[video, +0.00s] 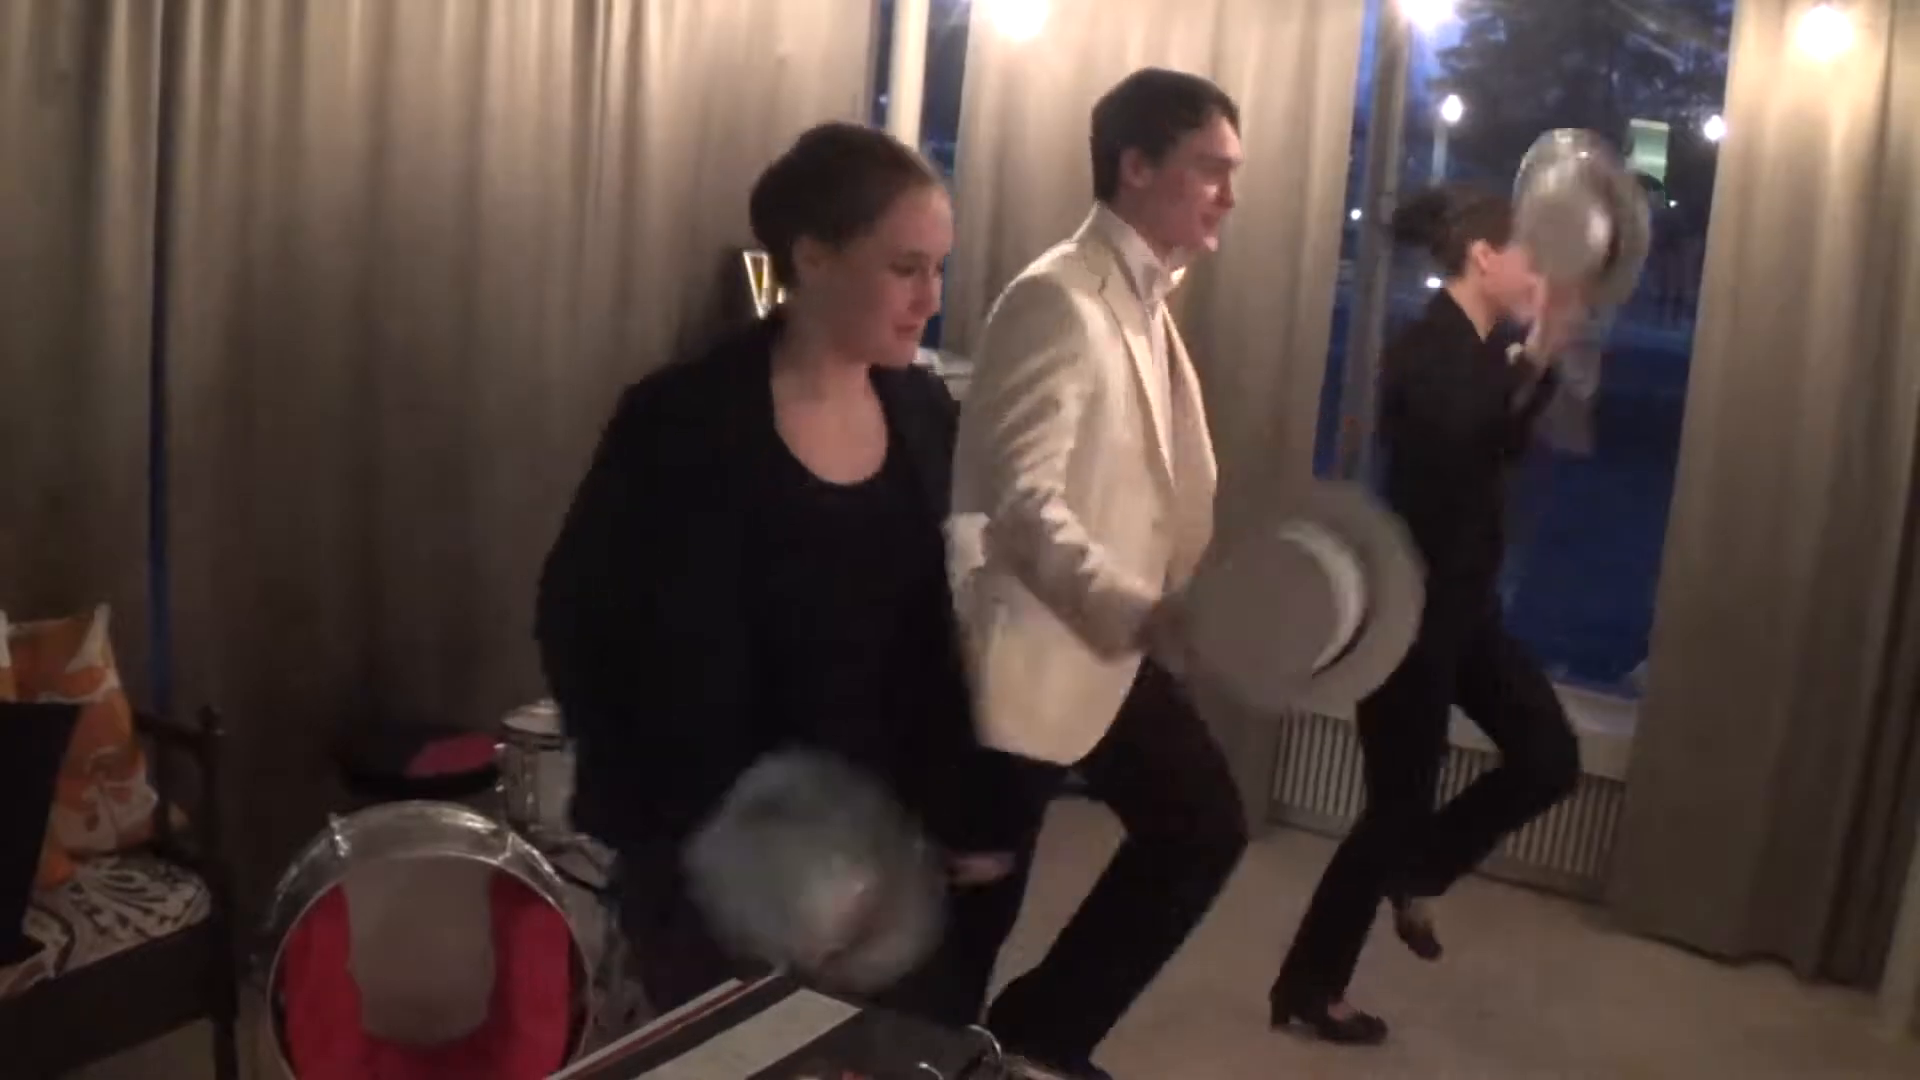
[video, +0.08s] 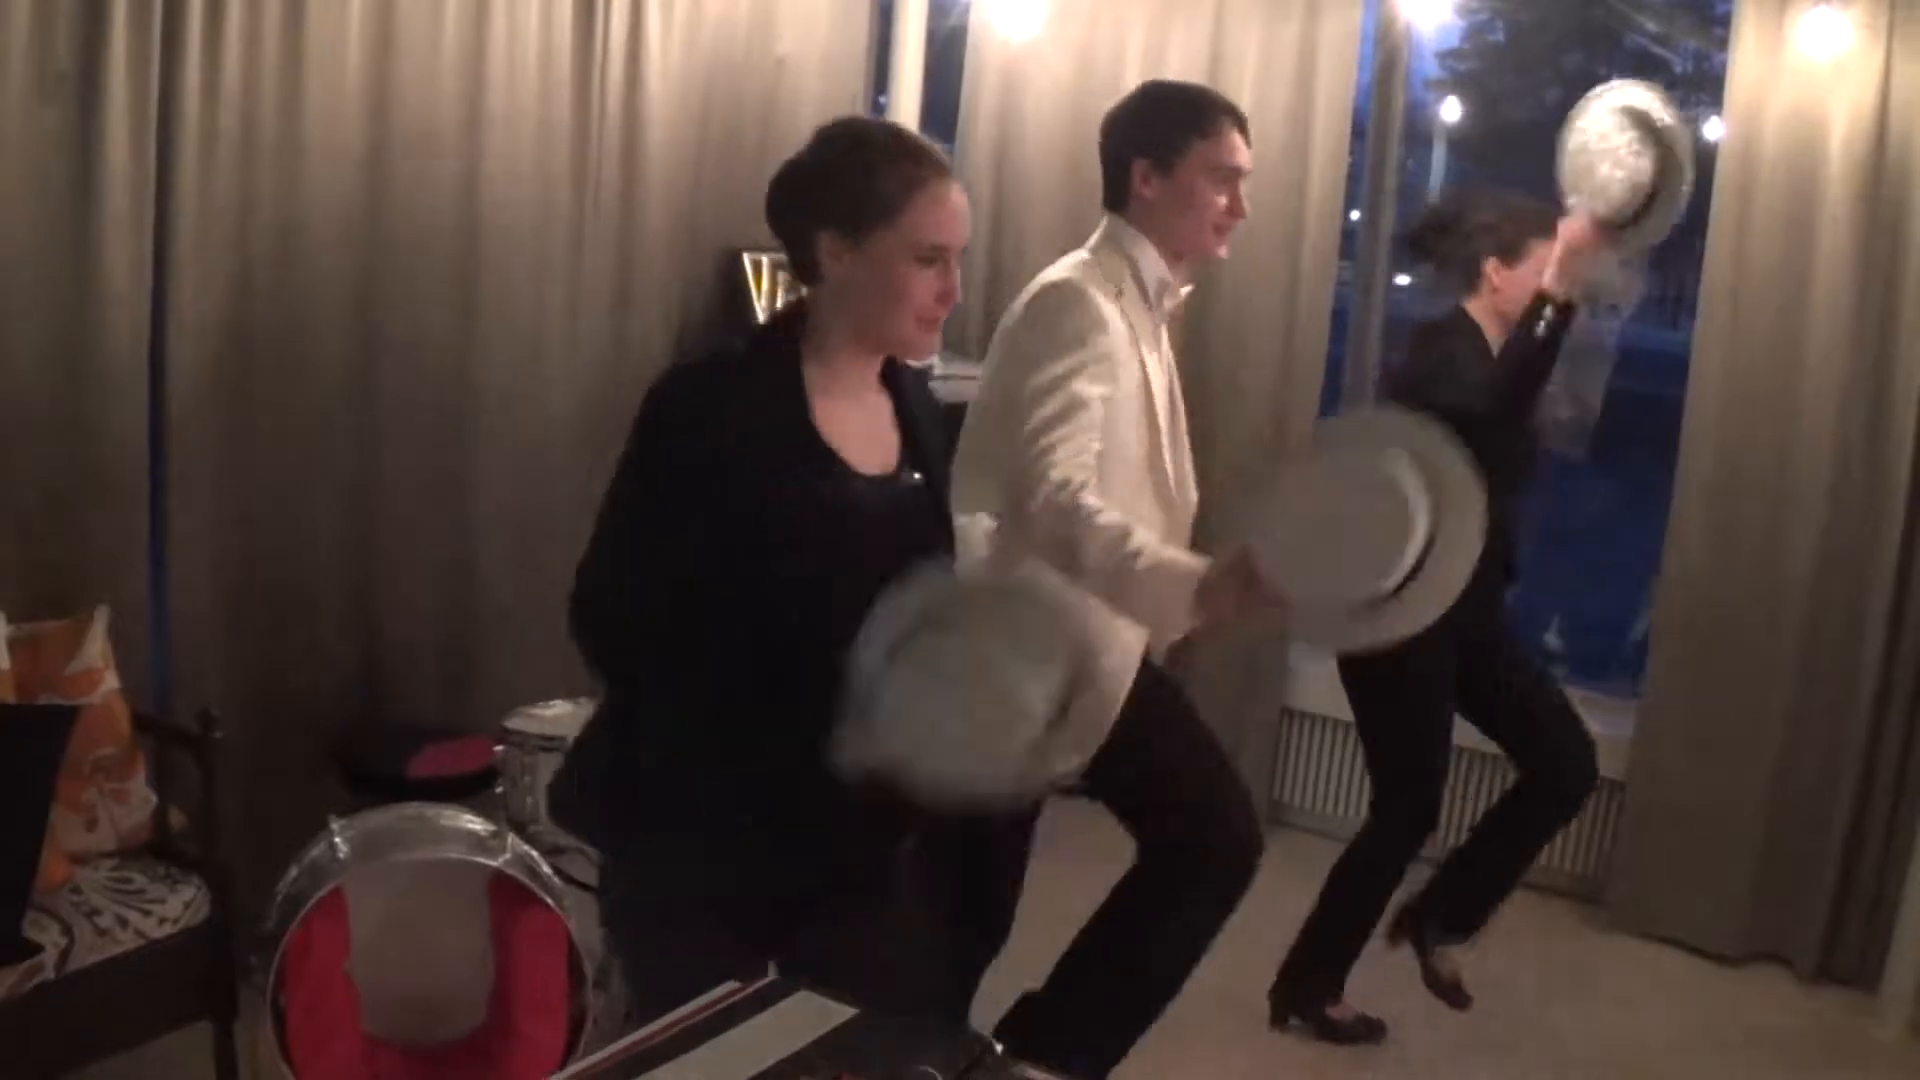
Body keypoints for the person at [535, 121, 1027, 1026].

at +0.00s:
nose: (930, 299)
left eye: (937, 271)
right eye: (906, 270)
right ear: (811, 257)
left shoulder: (922, 413)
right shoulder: (677, 419)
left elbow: (937, 633)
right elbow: (580, 616)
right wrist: (660, 815)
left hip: (884, 817)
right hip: (703, 826)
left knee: (881, 1052)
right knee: (714, 1055)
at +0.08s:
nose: (953, 289)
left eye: (957, 262)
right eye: (929, 261)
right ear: (834, 253)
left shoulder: (916, 416)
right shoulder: (704, 407)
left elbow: (923, 613)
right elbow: (608, 613)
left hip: (861, 824)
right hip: (702, 830)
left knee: (863, 1053)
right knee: (701, 1060)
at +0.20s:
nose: (967, 298)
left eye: (970, 271)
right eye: (942, 269)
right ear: (844, 270)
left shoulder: (898, 430)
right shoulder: (733, 424)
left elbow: (895, 638)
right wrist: (989, 596)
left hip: (842, 857)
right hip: (700, 864)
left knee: (876, 1055)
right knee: (692, 1071)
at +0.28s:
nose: (977, 304)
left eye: (976, 276)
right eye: (951, 276)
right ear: (854, 281)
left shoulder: (883, 429)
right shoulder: (775, 434)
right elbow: (862, 669)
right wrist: (1056, 586)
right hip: (716, 890)